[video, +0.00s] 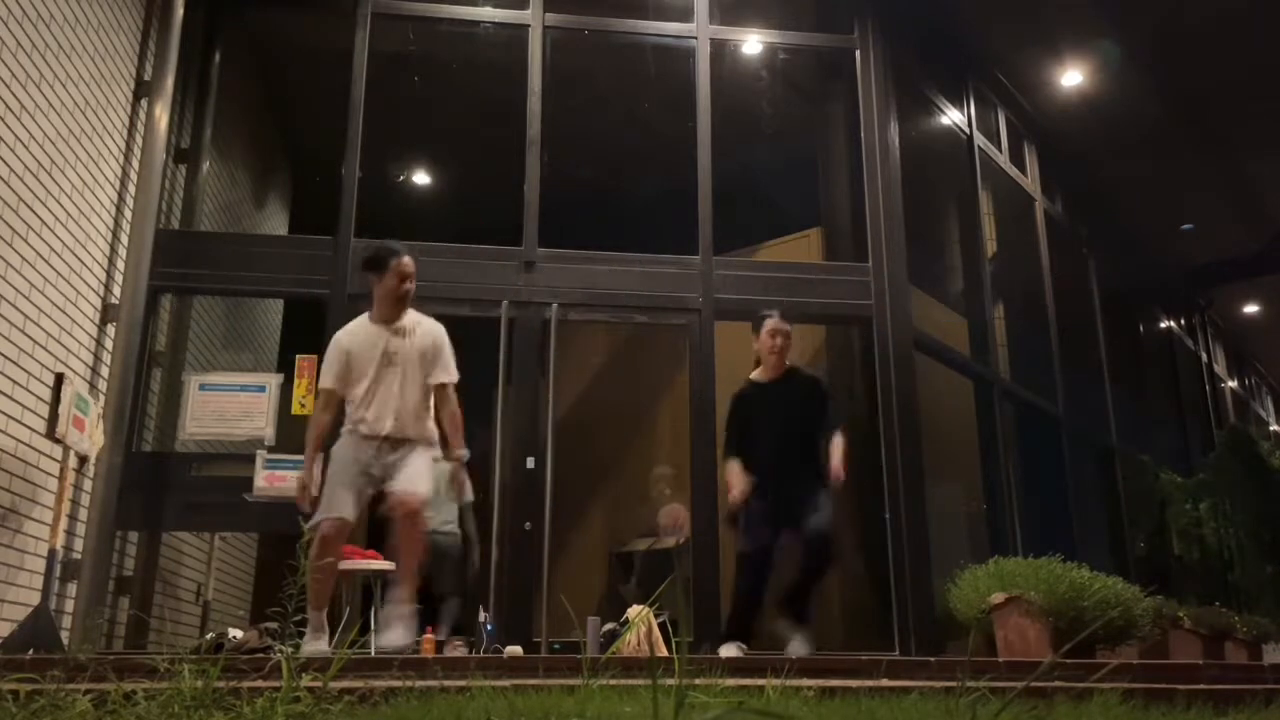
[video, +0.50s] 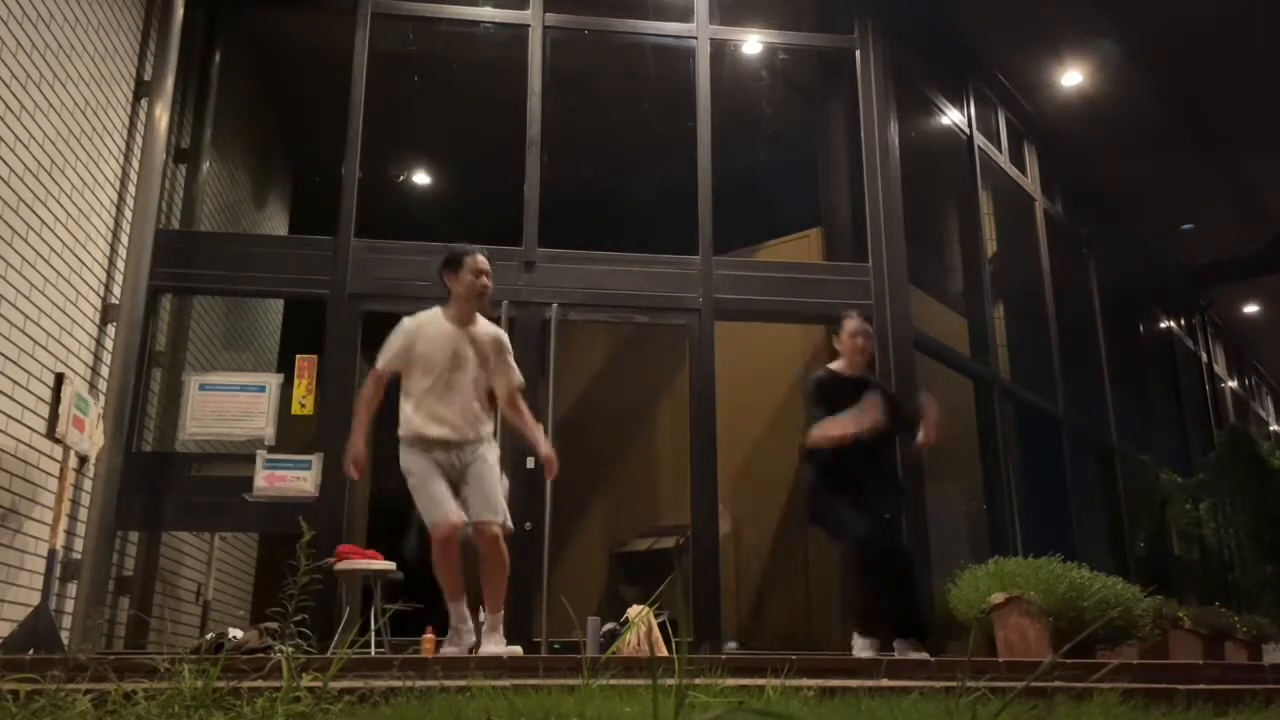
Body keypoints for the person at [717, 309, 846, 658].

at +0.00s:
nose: (779, 342)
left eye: (785, 335)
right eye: (772, 335)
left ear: (792, 342)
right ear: (757, 341)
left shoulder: (811, 387)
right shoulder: (745, 396)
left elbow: (833, 427)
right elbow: (732, 446)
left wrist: (835, 459)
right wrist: (736, 479)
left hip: (807, 483)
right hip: (761, 486)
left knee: (820, 547)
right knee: (752, 560)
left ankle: (793, 618)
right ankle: (736, 638)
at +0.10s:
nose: (794, 327)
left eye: (798, 320)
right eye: (787, 319)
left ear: (803, 325)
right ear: (768, 324)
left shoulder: (820, 366)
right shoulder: (756, 376)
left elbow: (856, 405)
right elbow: (751, 425)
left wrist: (853, 396)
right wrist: (778, 410)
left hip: (817, 475)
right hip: (771, 482)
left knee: (861, 520)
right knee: (757, 558)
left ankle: (841, 607)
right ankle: (735, 638)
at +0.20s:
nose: (812, 312)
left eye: (815, 305)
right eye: (804, 305)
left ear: (819, 310)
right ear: (785, 310)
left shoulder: (835, 346)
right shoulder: (777, 353)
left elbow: (886, 375)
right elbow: (762, 389)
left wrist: (873, 348)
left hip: (838, 459)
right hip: (789, 464)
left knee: (877, 526)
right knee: (769, 543)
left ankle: (876, 610)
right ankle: (741, 626)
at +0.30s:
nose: (831, 317)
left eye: (834, 309)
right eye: (823, 310)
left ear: (840, 312)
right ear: (803, 315)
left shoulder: (857, 349)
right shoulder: (793, 357)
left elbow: (909, 362)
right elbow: (779, 379)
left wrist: (896, 339)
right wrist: (817, 342)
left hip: (856, 458)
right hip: (808, 460)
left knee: (881, 537)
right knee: (797, 523)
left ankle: (908, 627)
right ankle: (765, 615)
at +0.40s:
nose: (846, 330)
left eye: (850, 322)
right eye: (838, 323)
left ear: (859, 327)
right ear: (820, 329)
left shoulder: (875, 368)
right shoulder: (812, 367)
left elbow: (927, 393)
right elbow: (799, 397)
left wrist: (915, 362)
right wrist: (840, 357)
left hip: (872, 473)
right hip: (823, 473)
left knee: (889, 548)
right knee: (834, 527)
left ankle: (905, 636)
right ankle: (814, 613)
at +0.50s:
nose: (863, 343)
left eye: (867, 335)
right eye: (854, 335)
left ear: (874, 341)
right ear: (838, 341)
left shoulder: (877, 385)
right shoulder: (822, 382)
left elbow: (913, 408)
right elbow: (813, 434)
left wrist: (927, 423)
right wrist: (859, 419)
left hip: (879, 486)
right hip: (835, 489)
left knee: (896, 552)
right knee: (866, 545)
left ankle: (905, 637)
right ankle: (864, 633)